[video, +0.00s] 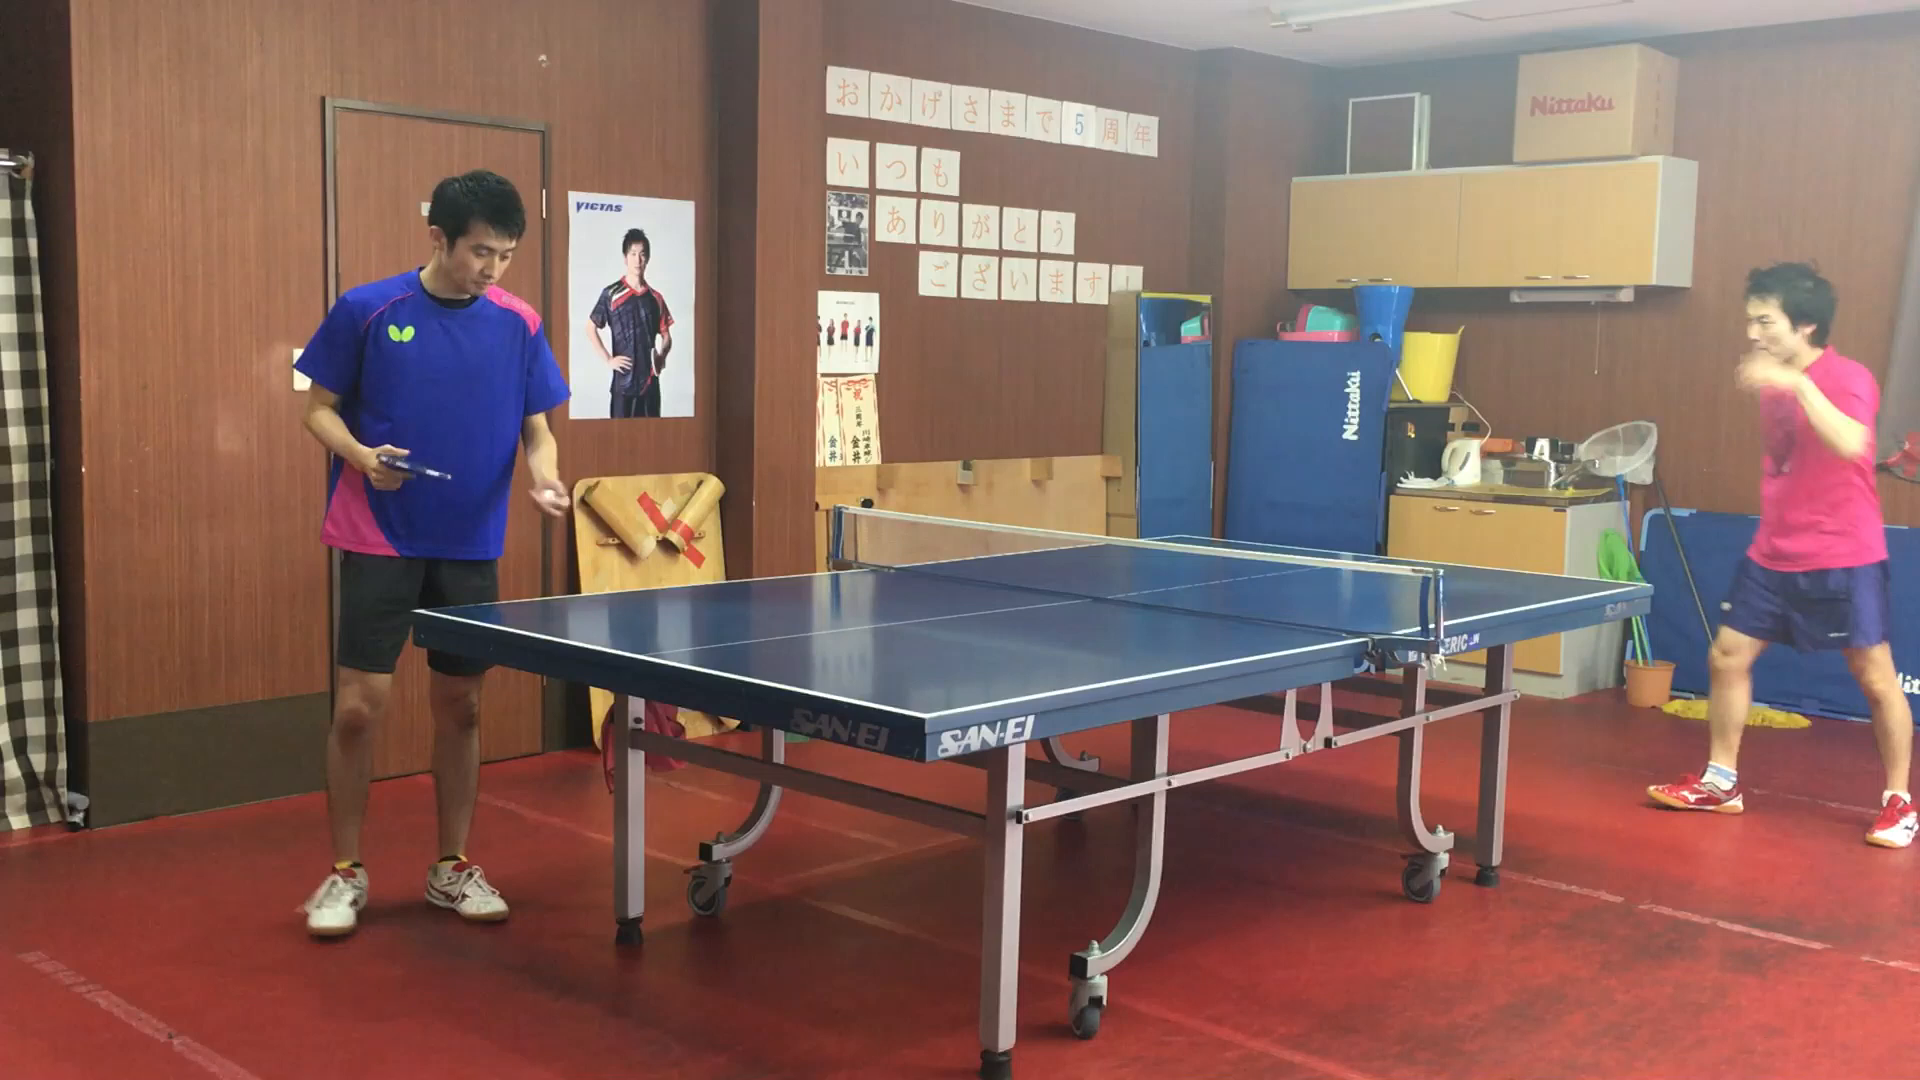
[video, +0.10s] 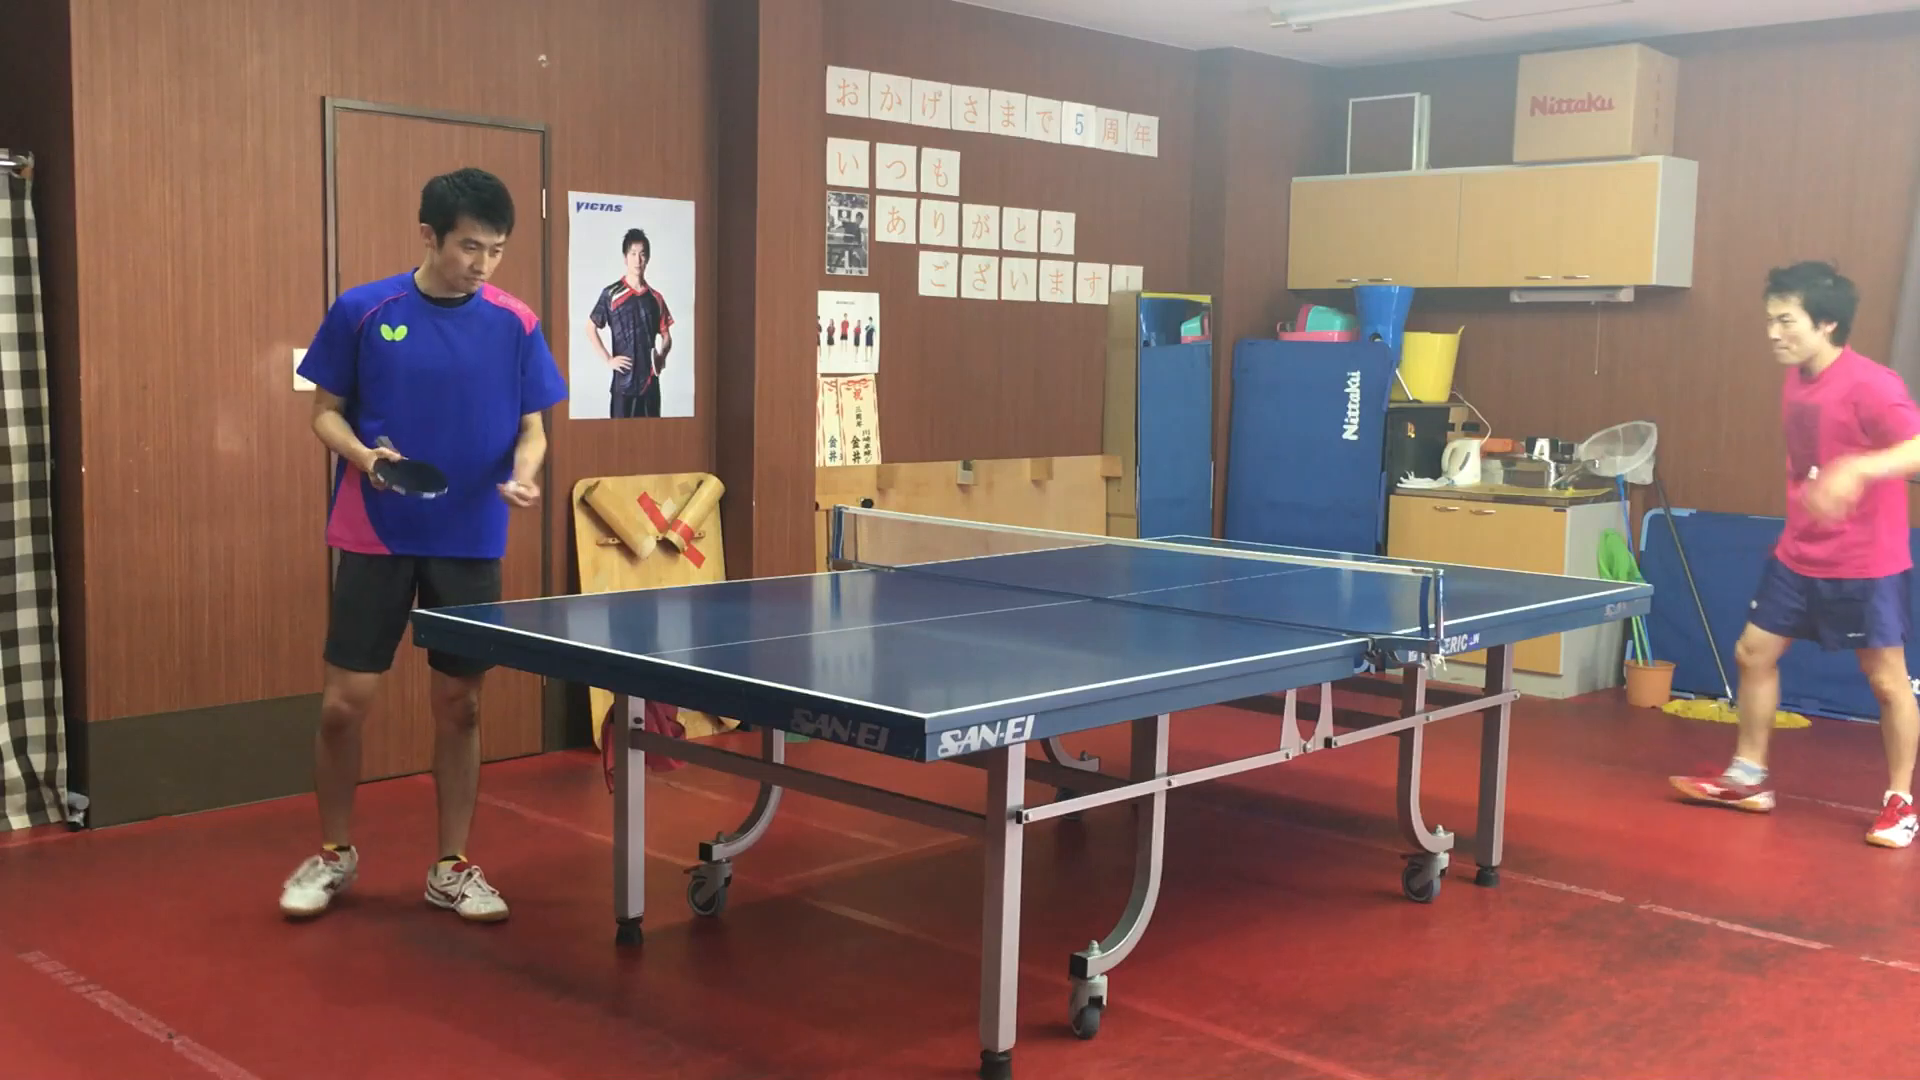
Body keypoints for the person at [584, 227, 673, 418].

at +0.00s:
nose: (639, 259)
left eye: (643, 254)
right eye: (633, 254)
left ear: (648, 258)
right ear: (625, 258)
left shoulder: (655, 297)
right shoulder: (611, 294)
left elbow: (666, 336)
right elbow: (591, 327)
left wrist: (662, 356)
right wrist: (608, 359)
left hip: (649, 378)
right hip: (624, 378)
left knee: (650, 436)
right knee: (622, 436)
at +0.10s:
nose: (638, 259)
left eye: (643, 254)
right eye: (633, 254)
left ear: (648, 258)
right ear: (625, 258)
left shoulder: (655, 297)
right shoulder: (611, 294)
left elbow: (666, 336)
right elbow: (591, 327)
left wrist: (662, 356)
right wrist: (608, 359)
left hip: (649, 378)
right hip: (624, 379)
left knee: (650, 436)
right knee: (622, 436)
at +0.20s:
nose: (638, 259)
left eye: (643, 254)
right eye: (633, 254)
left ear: (648, 258)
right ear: (625, 258)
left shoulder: (655, 297)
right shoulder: (611, 294)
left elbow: (666, 336)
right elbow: (591, 327)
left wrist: (662, 356)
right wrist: (608, 359)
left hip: (649, 378)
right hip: (624, 379)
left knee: (650, 436)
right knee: (622, 436)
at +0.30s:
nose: (638, 259)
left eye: (643, 254)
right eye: (633, 254)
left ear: (648, 258)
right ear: (625, 258)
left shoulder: (655, 297)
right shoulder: (611, 294)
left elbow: (666, 336)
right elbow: (591, 327)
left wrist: (662, 356)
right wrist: (608, 359)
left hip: (650, 379)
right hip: (624, 379)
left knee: (650, 436)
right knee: (622, 436)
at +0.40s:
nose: (638, 260)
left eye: (643, 254)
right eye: (633, 254)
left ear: (648, 258)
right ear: (625, 257)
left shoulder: (655, 297)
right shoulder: (611, 294)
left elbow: (666, 336)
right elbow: (590, 327)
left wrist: (662, 356)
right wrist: (608, 359)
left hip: (649, 378)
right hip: (624, 378)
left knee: (650, 435)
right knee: (622, 435)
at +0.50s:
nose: (638, 260)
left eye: (643, 254)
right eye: (633, 254)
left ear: (648, 258)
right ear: (625, 257)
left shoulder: (655, 298)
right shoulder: (611, 294)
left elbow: (666, 336)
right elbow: (591, 327)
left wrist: (662, 356)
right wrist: (608, 359)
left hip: (650, 379)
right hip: (624, 379)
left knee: (650, 436)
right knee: (622, 436)